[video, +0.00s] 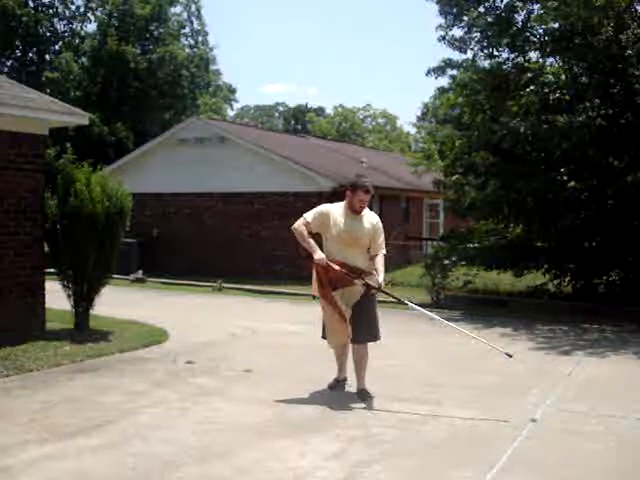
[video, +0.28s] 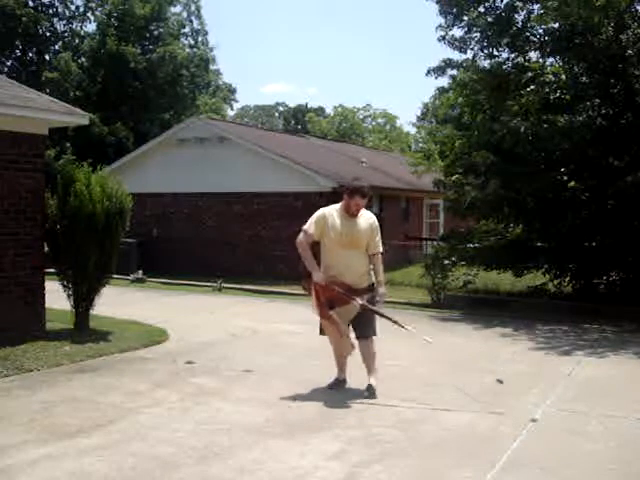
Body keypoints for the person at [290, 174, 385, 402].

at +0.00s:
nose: (363, 204)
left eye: (367, 200)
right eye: (360, 199)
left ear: (370, 199)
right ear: (348, 194)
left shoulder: (372, 221)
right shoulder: (328, 212)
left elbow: (378, 252)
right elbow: (299, 227)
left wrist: (379, 275)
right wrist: (315, 251)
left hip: (362, 288)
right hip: (333, 289)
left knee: (361, 339)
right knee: (338, 337)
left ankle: (361, 386)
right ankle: (341, 376)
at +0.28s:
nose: (357, 210)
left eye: (361, 206)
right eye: (354, 205)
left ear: (365, 204)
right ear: (345, 198)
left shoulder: (370, 221)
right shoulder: (326, 215)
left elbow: (376, 256)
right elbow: (302, 241)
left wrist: (380, 285)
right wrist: (315, 271)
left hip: (362, 287)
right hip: (332, 286)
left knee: (366, 336)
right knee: (336, 334)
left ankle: (371, 379)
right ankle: (340, 376)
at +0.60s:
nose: (369, 210)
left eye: (373, 206)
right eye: (366, 205)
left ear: (377, 205)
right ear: (356, 200)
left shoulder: (379, 218)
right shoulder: (337, 217)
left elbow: (384, 250)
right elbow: (321, 249)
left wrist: (388, 275)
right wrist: (322, 282)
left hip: (373, 288)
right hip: (342, 289)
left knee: (386, 333)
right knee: (343, 335)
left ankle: (397, 372)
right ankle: (341, 375)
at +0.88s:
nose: (388, 211)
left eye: (391, 208)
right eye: (385, 207)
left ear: (394, 206)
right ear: (375, 201)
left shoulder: (397, 218)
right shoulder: (356, 217)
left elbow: (400, 251)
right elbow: (338, 249)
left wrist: (396, 275)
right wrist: (333, 282)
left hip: (388, 288)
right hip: (357, 287)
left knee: (390, 336)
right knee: (349, 335)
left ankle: (395, 376)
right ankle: (340, 376)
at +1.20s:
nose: (394, 211)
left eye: (398, 208)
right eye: (392, 206)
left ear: (400, 207)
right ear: (383, 200)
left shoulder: (400, 222)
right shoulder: (360, 217)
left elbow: (403, 254)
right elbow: (345, 248)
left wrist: (409, 279)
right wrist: (342, 279)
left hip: (389, 291)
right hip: (359, 288)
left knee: (390, 337)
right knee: (348, 335)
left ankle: (395, 377)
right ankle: (334, 379)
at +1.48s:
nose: (388, 212)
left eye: (392, 209)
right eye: (386, 207)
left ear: (395, 207)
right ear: (377, 200)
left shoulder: (394, 221)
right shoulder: (355, 218)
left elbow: (395, 253)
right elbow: (341, 252)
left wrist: (386, 274)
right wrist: (336, 281)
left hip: (386, 290)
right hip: (356, 287)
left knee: (389, 337)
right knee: (345, 336)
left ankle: (395, 376)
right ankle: (334, 379)